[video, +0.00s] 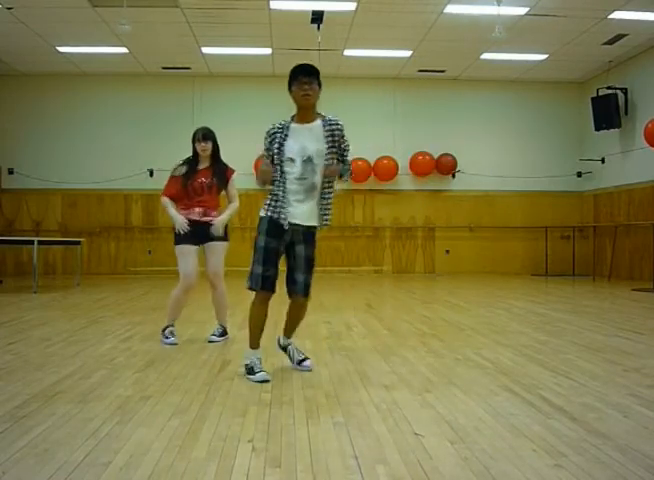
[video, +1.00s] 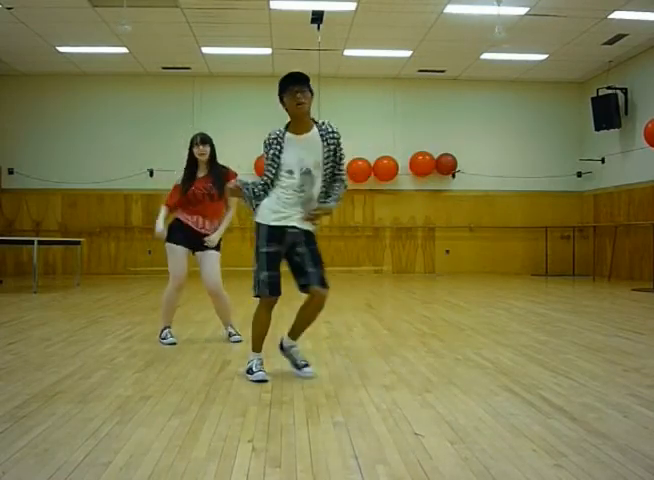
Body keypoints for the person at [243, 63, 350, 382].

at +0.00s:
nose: (306, 89)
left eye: (311, 85)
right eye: (300, 85)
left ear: (320, 90)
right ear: (291, 91)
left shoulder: (332, 129)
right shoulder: (277, 133)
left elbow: (345, 169)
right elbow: (265, 178)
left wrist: (336, 171)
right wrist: (262, 169)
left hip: (307, 222)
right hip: (274, 218)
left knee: (301, 294)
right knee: (264, 290)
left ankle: (286, 340)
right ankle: (252, 356)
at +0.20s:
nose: (297, 86)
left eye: (302, 81)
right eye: (291, 82)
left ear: (311, 87)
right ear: (281, 88)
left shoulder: (323, 125)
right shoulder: (265, 127)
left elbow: (338, 170)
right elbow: (247, 170)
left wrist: (324, 189)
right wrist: (264, 192)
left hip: (314, 222)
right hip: (279, 223)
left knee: (334, 288)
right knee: (271, 294)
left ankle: (339, 349)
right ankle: (255, 358)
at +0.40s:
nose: (302, 93)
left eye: (307, 89)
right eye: (297, 88)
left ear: (313, 97)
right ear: (284, 93)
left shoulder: (317, 135)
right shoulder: (260, 133)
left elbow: (337, 175)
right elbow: (251, 178)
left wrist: (327, 186)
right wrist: (276, 207)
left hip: (327, 219)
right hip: (295, 226)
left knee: (347, 285)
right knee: (294, 298)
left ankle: (361, 353)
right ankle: (260, 357)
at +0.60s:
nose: (307, 100)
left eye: (312, 96)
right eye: (300, 95)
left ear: (317, 103)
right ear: (287, 101)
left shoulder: (317, 145)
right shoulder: (264, 136)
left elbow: (325, 186)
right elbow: (243, 185)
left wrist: (313, 205)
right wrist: (263, 219)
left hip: (308, 231)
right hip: (274, 236)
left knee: (339, 292)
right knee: (289, 301)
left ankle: (358, 355)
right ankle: (258, 358)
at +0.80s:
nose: (305, 101)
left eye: (310, 96)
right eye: (298, 97)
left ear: (317, 104)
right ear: (288, 106)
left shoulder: (325, 146)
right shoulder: (270, 135)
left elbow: (324, 191)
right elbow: (240, 175)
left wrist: (305, 209)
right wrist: (246, 206)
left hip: (288, 230)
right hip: (256, 226)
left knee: (310, 297)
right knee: (265, 295)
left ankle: (344, 355)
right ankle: (255, 360)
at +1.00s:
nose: (301, 97)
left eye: (304, 92)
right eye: (294, 94)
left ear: (312, 97)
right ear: (283, 101)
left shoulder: (328, 134)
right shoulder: (275, 139)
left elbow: (337, 178)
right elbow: (267, 184)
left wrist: (327, 205)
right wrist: (243, 188)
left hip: (302, 225)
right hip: (269, 223)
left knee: (318, 293)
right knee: (268, 296)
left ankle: (289, 343)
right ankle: (255, 358)